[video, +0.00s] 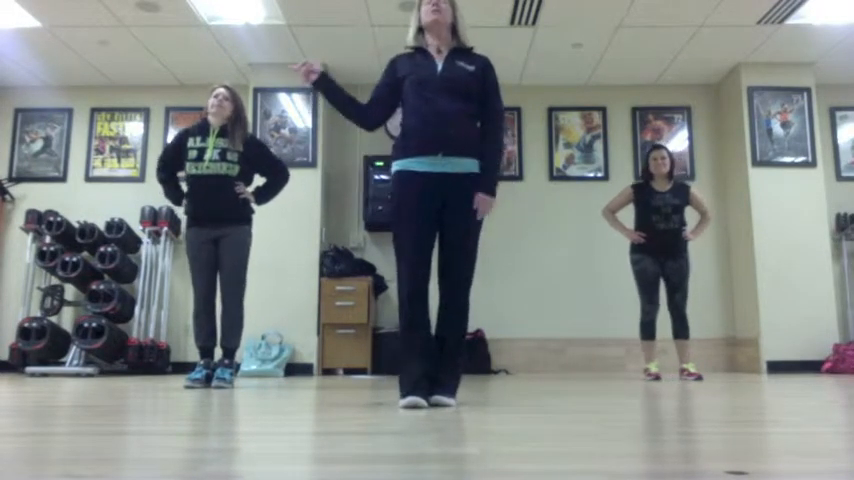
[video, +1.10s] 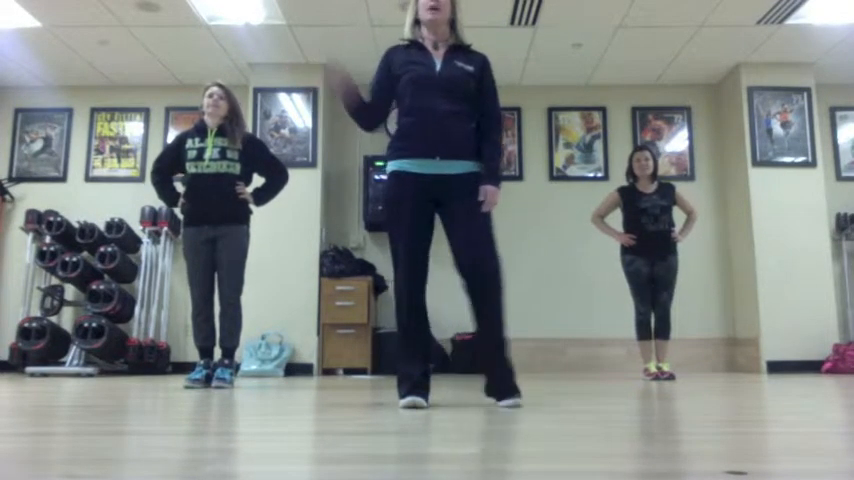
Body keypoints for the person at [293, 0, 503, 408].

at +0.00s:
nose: (433, 6)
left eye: (441, 3)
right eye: (427, 3)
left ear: (453, 15)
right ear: (419, 16)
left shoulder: (478, 64)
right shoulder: (404, 63)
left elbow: (494, 127)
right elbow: (370, 117)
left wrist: (487, 185)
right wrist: (322, 81)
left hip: (464, 182)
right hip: (413, 180)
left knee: (455, 288)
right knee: (413, 286)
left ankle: (444, 386)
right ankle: (414, 387)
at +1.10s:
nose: (433, 3)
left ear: (452, 7)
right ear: (416, 9)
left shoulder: (475, 61)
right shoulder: (398, 57)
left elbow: (491, 124)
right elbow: (371, 118)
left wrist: (491, 178)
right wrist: (346, 91)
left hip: (462, 182)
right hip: (408, 180)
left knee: (485, 278)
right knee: (409, 284)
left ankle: (500, 382)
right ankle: (413, 387)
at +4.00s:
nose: (548, 5)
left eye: (556, 3)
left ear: (564, 15)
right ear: (529, 4)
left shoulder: (556, 74)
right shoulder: (502, 35)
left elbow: (566, 144)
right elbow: (453, 78)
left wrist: (634, 151)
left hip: (512, 179)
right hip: (468, 164)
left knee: (537, 275)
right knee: (466, 249)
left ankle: (558, 388)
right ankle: (419, 362)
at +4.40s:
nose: (460, 11)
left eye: (467, 6)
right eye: (453, 5)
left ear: (476, 15)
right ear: (441, 10)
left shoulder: (482, 64)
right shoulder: (416, 48)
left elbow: (509, 129)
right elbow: (394, 117)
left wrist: (572, 129)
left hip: (466, 177)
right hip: (417, 176)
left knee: (515, 268)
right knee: (400, 282)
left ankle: (558, 379)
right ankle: (380, 389)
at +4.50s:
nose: (431, 5)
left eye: (436, 1)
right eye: (423, 1)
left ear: (446, 7)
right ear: (410, 7)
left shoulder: (461, 54)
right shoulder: (395, 44)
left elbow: (493, 119)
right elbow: (382, 104)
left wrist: (557, 110)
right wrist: (444, 89)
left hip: (456, 174)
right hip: (406, 171)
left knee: (512, 247)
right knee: (393, 278)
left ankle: (517, 368)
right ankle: (383, 389)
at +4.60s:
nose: (425, 7)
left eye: (429, 3)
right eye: (417, 3)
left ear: (439, 9)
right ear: (403, 9)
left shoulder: (456, 56)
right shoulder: (387, 44)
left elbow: (489, 117)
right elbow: (372, 102)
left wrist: (551, 105)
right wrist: (408, 48)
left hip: (455, 173)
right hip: (404, 171)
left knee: (502, 246)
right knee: (393, 279)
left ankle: (480, 357)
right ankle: (383, 389)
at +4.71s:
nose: (407, 1)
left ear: (425, 4)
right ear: (390, 7)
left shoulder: (451, 59)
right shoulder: (380, 53)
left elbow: (481, 118)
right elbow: (363, 119)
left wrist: (546, 109)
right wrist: (377, 74)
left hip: (452, 177)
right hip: (402, 174)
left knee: (477, 259)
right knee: (393, 281)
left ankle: (428, 360)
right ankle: (382, 389)